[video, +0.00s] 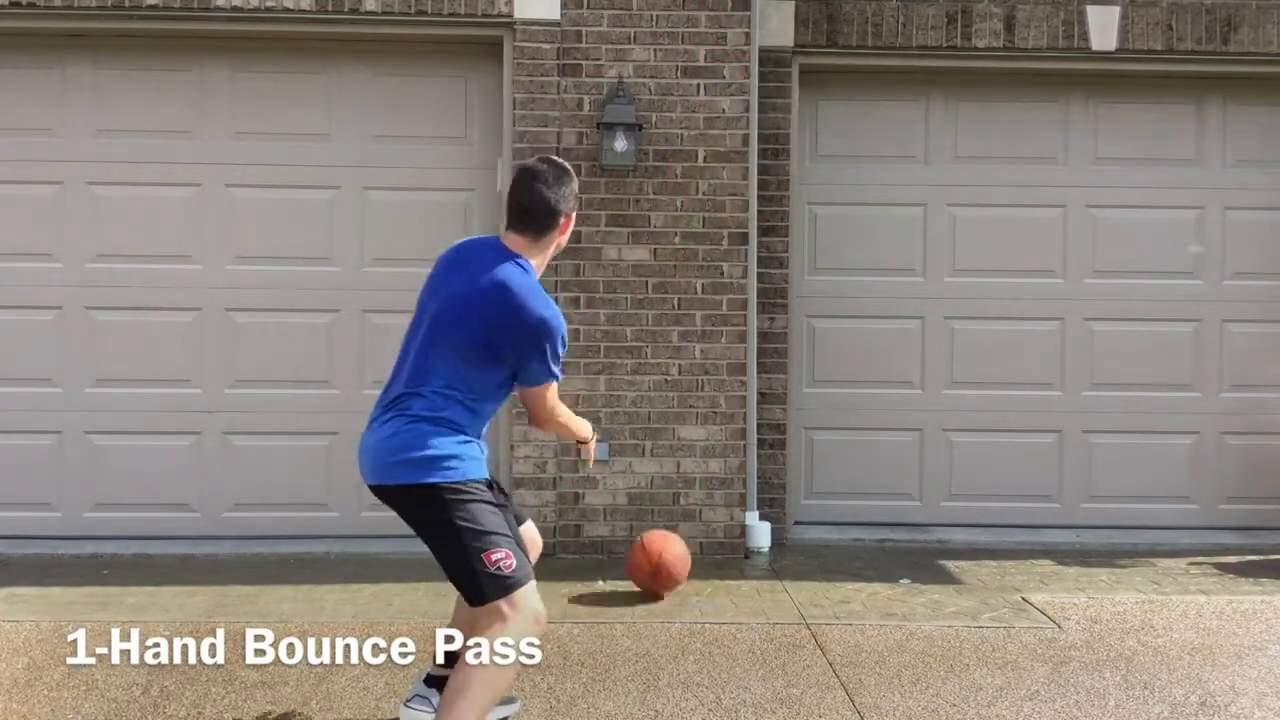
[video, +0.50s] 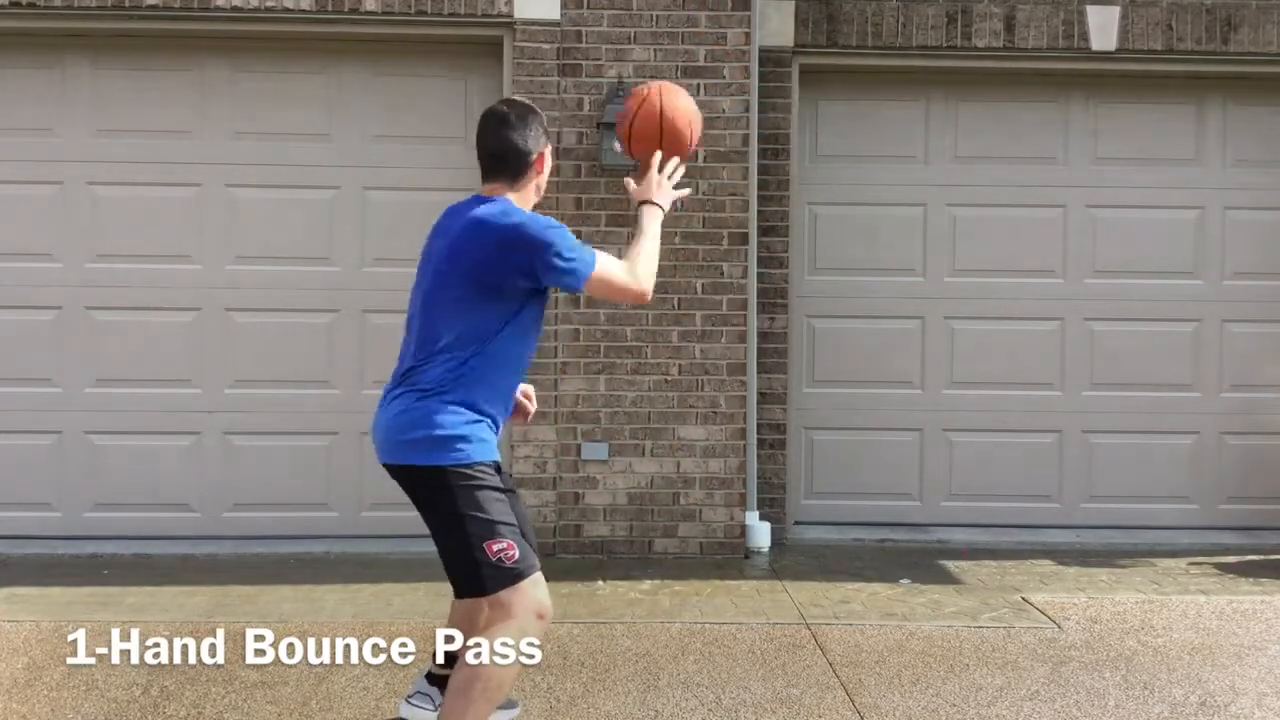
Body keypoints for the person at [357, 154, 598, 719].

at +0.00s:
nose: (572, 224)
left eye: (569, 214)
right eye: (573, 216)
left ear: (508, 210)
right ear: (565, 227)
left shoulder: (460, 256)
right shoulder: (535, 313)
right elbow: (543, 412)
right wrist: (583, 430)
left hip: (389, 444)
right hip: (433, 456)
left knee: (525, 541)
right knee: (519, 620)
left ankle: (442, 683)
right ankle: (455, 708)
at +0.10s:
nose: (568, 217)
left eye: (567, 206)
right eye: (569, 208)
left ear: (503, 202)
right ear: (560, 217)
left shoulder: (458, 254)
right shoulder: (533, 299)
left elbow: (411, 347)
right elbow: (540, 416)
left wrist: (507, 390)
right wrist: (581, 438)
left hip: (391, 443)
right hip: (434, 454)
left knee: (524, 541)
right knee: (518, 618)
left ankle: (442, 683)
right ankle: (455, 708)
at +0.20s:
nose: (564, 208)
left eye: (562, 199)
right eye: (564, 199)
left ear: (497, 193)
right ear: (556, 205)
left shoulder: (453, 249)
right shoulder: (533, 285)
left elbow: (400, 342)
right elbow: (550, 412)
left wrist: (481, 399)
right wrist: (599, 440)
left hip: (392, 442)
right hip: (436, 451)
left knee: (522, 542)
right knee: (519, 615)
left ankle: (442, 682)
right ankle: (456, 711)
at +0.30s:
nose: (557, 192)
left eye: (554, 183)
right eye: (556, 184)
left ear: (489, 185)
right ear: (549, 193)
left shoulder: (450, 243)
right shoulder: (532, 270)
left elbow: (400, 341)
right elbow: (574, 392)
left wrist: (485, 395)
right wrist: (629, 389)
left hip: (395, 441)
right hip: (442, 449)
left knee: (518, 544)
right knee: (521, 614)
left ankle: (438, 687)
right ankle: (458, 711)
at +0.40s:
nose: (554, 178)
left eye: (552, 169)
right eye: (555, 169)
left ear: (485, 169)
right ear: (547, 175)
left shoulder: (448, 231)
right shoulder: (533, 252)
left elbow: (406, 330)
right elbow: (611, 346)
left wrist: (494, 384)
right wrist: (649, 295)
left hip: (400, 434)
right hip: (446, 442)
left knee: (483, 576)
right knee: (528, 612)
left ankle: (441, 688)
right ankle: (461, 712)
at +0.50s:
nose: (551, 163)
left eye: (546, 154)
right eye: (551, 154)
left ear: (484, 159)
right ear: (543, 162)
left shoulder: (457, 221)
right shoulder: (526, 232)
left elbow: (439, 334)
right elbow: (635, 284)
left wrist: (499, 384)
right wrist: (652, 208)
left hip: (413, 427)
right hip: (449, 435)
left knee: (488, 581)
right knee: (525, 610)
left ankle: (440, 688)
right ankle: (460, 711)